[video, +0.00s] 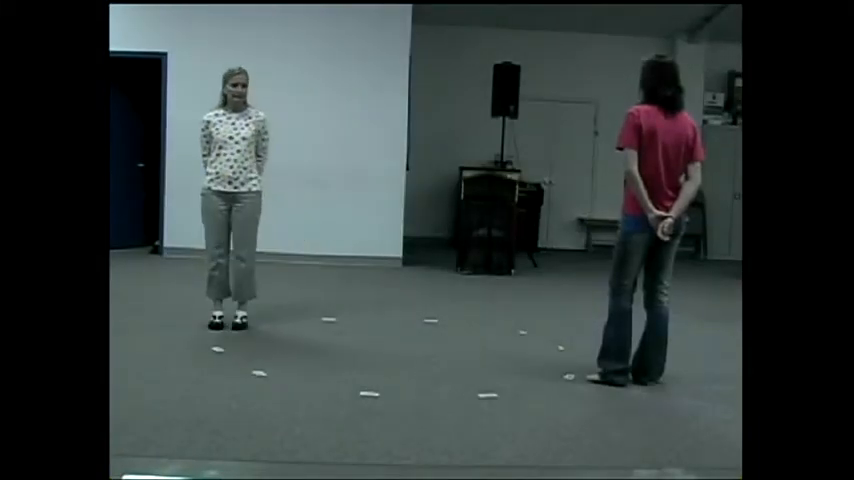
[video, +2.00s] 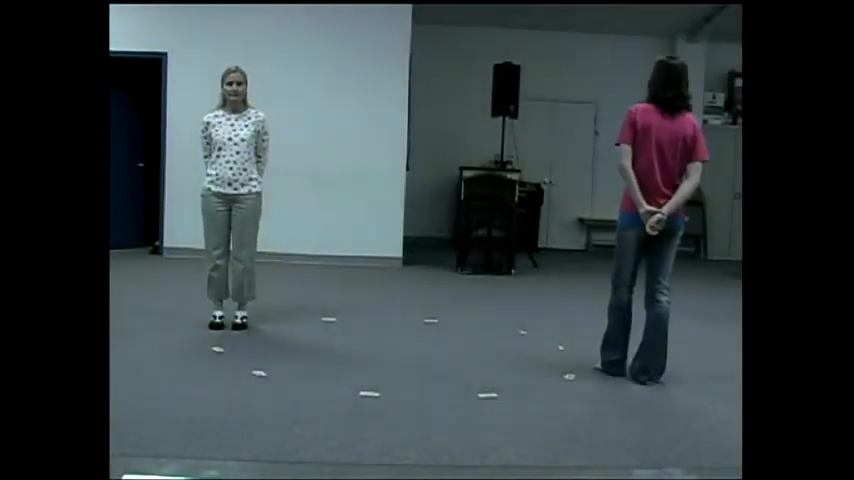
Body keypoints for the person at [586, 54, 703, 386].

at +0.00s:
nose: (642, 86)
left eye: (643, 80)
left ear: (647, 84)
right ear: (676, 85)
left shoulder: (638, 116)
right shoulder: (689, 124)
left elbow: (631, 168)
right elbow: (694, 178)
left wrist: (651, 210)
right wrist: (673, 216)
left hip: (638, 219)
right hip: (672, 220)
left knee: (622, 291)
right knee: (658, 293)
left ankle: (614, 368)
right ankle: (649, 370)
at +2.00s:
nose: (655, 84)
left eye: (655, 78)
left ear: (653, 83)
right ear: (685, 87)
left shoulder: (637, 114)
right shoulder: (692, 124)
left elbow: (625, 163)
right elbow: (693, 178)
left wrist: (643, 207)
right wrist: (665, 212)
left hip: (635, 215)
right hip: (671, 218)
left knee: (621, 289)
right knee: (660, 294)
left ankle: (613, 361)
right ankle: (648, 369)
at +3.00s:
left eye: (608, 85)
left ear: (606, 88)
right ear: (634, 90)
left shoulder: (594, 120)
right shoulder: (644, 126)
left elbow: (588, 163)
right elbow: (649, 173)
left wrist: (606, 201)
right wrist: (628, 207)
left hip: (600, 208)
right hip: (631, 210)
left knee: (606, 276)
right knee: (614, 273)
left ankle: (606, 351)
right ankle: (611, 341)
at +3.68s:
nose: (577, 97)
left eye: (579, 92)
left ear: (579, 95)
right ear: (605, 96)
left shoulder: (572, 125)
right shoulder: (616, 128)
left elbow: (571, 168)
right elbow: (622, 170)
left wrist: (588, 201)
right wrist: (607, 202)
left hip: (579, 207)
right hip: (608, 207)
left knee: (571, 265)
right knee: (603, 271)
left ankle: (574, 325)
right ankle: (595, 331)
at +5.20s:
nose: (548, 96)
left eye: (551, 92)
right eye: (550, 91)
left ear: (558, 97)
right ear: (574, 98)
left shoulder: (552, 121)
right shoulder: (583, 126)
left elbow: (558, 158)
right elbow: (592, 164)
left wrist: (576, 189)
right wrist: (588, 191)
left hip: (559, 198)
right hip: (577, 198)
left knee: (571, 260)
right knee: (555, 256)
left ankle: (581, 322)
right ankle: (549, 314)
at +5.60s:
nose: (525, 101)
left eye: (527, 97)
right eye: (527, 96)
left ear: (531, 101)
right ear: (549, 102)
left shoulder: (528, 126)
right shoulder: (551, 130)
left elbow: (535, 164)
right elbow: (558, 166)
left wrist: (547, 194)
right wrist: (557, 195)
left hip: (529, 201)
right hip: (547, 202)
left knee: (520, 254)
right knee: (529, 254)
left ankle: (554, 302)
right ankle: (528, 312)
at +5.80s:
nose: (502, 96)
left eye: (506, 92)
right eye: (503, 92)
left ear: (516, 97)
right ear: (524, 99)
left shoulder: (515, 124)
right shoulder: (531, 127)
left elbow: (522, 160)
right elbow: (538, 163)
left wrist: (533, 190)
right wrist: (540, 190)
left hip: (513, 198)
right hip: (530, 199)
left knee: (491, 246)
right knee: (523, 251)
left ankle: (505, 304)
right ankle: (528, 310)